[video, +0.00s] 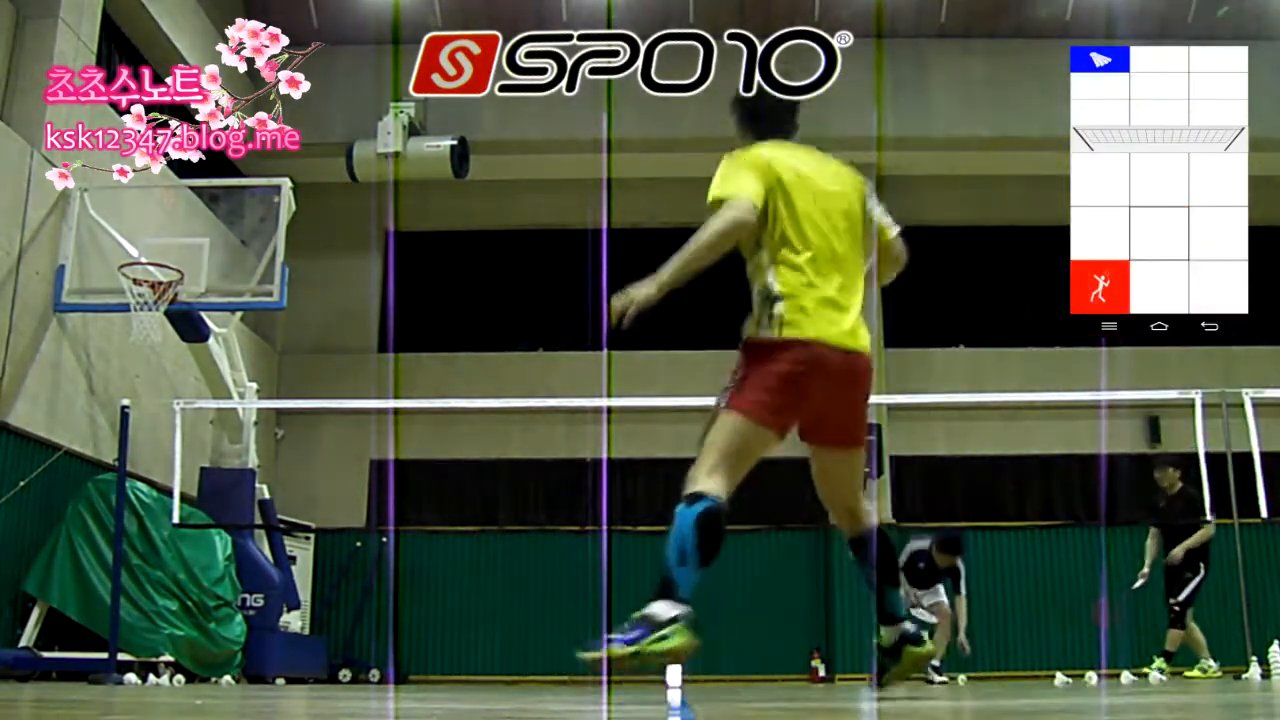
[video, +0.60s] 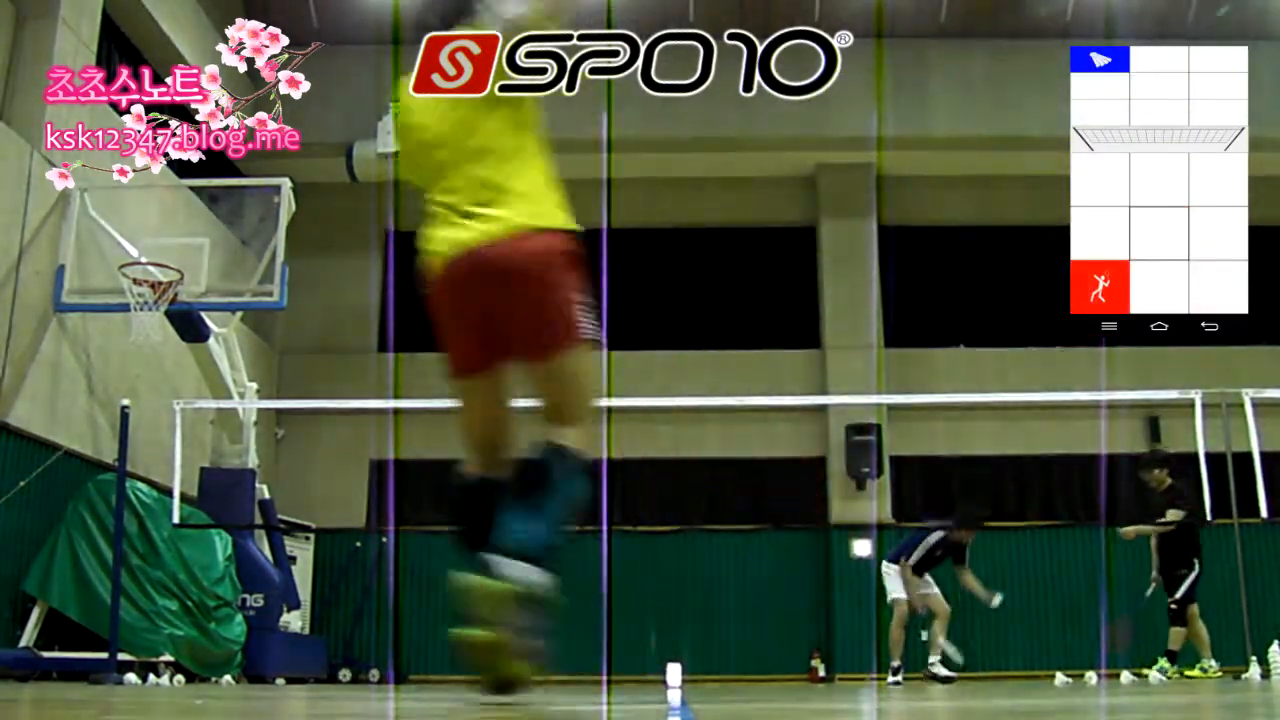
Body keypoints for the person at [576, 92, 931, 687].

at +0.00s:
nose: (738, 125)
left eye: (739, 117)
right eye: (750, 115)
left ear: (742, 122)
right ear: (794, 122)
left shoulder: (749, 160)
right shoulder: (844, 176)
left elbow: (740, 216)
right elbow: (894, 254)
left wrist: (657, 284)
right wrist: (842, 291)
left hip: (787, 346)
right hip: (853, 354)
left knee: (713, 475)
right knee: (850, 506)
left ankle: (671, 606)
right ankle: (900, 627)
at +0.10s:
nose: (710, 183)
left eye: (710, 173)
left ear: (716, 174)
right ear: (765, 168)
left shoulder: (736, 215)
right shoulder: (818, 223)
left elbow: (742, 272)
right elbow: (867, 290)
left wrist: (654, 333)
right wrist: (826, 339)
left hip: (784, 401)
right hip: (847, 409)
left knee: (682, 501)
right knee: (841, 536)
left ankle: (629, 626)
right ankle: (917, 646)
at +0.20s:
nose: (659, 228)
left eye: (659, 219)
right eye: (663, 216)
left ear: (665, 221)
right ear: (713, 211)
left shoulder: (694, 257)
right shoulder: (772, 259)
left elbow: (692, 313)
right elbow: (832, 319)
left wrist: (592, 359)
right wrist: (793, 370)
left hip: (767, 430)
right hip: (830, 436)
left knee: (639, 512)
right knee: (824, 554)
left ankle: (610, 652)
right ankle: (921, 653)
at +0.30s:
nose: (575, 212)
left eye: (576, 202)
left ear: (586, 201)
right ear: (634, 186)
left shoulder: (602, 244)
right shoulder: (701, 227)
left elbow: (553, 323)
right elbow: (780, 271)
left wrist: (488, 350)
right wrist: (712, 276)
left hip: (703, 415)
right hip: (772, 414)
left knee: (585, 509)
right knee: (824, 544)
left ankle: (600, 663)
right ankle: (909, 643)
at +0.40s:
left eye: (514, 160)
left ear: (517, 159)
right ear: (570, 141)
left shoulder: (518, 210)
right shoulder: (634, 169)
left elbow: (466, 297)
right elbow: (711, 181)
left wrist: (445, 264)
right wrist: (701, 158)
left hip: (612, 376)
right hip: (694, 362)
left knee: (558, 513)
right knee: (748, 506)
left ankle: (597, 661)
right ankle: (818, 632)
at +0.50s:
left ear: (468, 89)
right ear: (520, 72)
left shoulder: (463, 145)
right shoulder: (568, 99)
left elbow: (444, 232)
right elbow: (623, 80)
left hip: (538, 308)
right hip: (625, 292)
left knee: (543, 483)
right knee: (652, 450)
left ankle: (570, 632)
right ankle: (680, 595)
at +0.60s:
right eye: (490, 27)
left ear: (418, 35)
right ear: (481, 20)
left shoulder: (406, 94)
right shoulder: (503, 57)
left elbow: (401, 172)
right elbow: (547, 31)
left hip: (449, 262)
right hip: (531, 246)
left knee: (485, 447)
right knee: (567, 422)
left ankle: (491, 610)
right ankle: (522, 549)